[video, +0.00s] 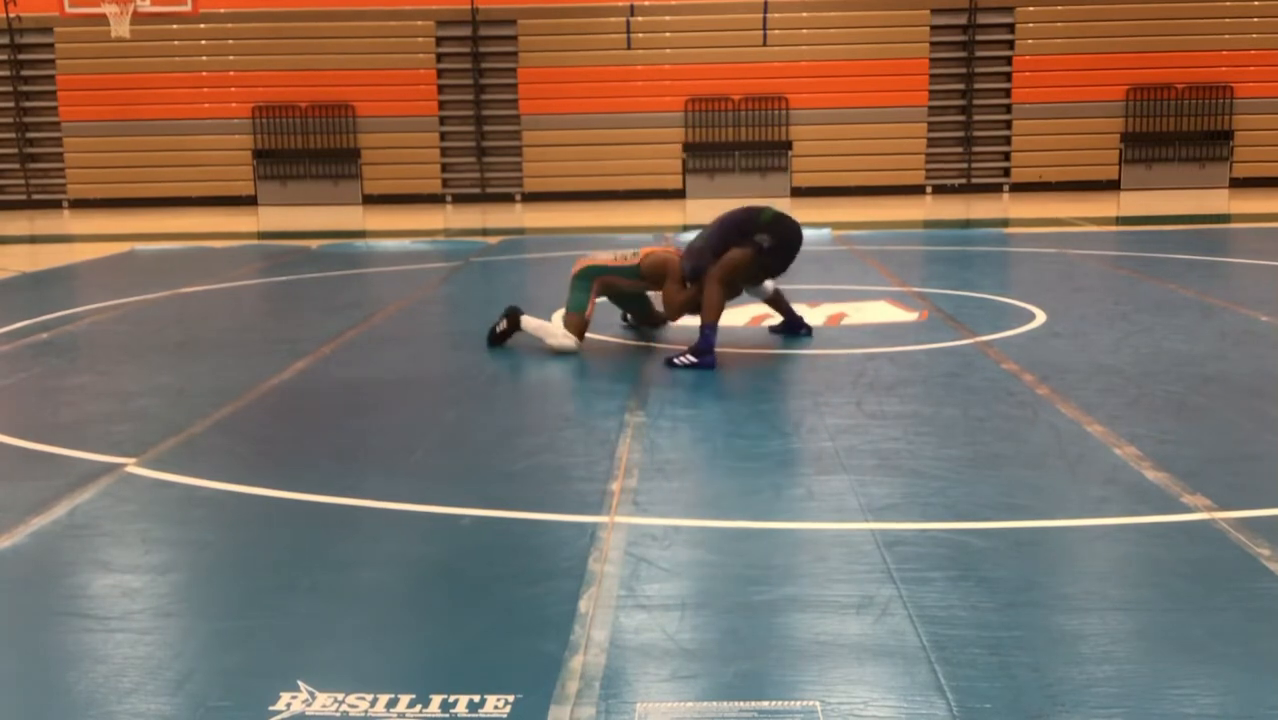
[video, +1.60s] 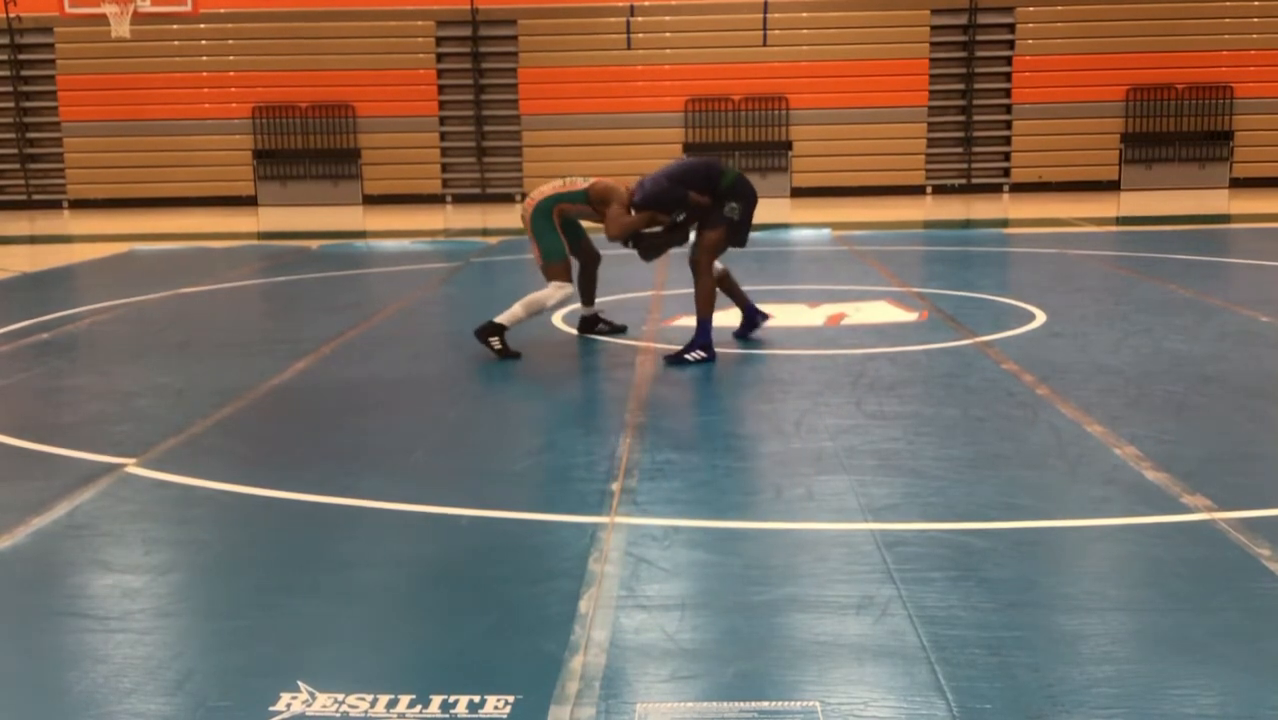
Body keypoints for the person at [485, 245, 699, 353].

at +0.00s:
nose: (691, 312)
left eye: (696, 310)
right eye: (693, 309)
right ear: (694, 288)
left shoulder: (689, 263)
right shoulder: (673, 265)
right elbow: (673, 312)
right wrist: (700, 288)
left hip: (620, 276)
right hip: (589, 273)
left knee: (654, 321)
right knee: (568, 340)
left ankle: (632, 317)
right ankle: (517, 320)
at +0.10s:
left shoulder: (678, 259)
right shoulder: (670, 267)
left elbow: (680, 312)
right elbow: (675, 322)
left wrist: (699, 294)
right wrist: (701, 296)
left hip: (596, 258)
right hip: (582, 264)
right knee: (572, 339)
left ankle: (634, 313)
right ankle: (510, 319)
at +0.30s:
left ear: (666, 230)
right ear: (669, 242)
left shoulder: (650, 228)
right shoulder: (646, 249)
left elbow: (656, 294)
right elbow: (654, 305)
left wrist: (681, 273)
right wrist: (682, 275)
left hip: (579, 244)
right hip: (569, 256)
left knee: (626, 280)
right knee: (582, 334)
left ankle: (630, 314)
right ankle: (520, 321)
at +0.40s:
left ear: (661, 213)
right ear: (660, 230)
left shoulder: (640, 215)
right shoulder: (629, 239)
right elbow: (639, 293)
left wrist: (675, 260)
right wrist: (668, 264)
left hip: (575, 243)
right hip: (562, 252)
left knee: (625, 270)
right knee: (582, 326)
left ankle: (631, 311)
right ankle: (518, 321)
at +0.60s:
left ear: (637, 209)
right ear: (637, 222)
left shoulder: (623, 209)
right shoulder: (614, 227)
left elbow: (618, 271)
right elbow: (616, 281)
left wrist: (653, 253)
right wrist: (649, 256)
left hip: (570, 229)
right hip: (549, 233)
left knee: (606, 267)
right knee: (571, 306)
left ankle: (625, 310)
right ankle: (512, 325)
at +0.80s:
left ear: (637, 214)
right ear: (642, 219)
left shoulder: (624, 216)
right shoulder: (613, 211)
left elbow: (617, 255)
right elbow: (602, 253)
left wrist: (648, 256)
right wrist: (635, 239)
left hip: (574, 222)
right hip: (553, 218)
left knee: (614, 268)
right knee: (558, 288)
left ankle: (599, 311)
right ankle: (493, 318)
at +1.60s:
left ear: (640, 192)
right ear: (643, 200)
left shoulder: (625, 200)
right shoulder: (619, 196)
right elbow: (615, 232)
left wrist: (670, 233)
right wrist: (650, 217)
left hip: (559, 213)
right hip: (541, 211)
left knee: (591, 258)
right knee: (562, 288)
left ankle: (589, 319)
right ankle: (494, 328)